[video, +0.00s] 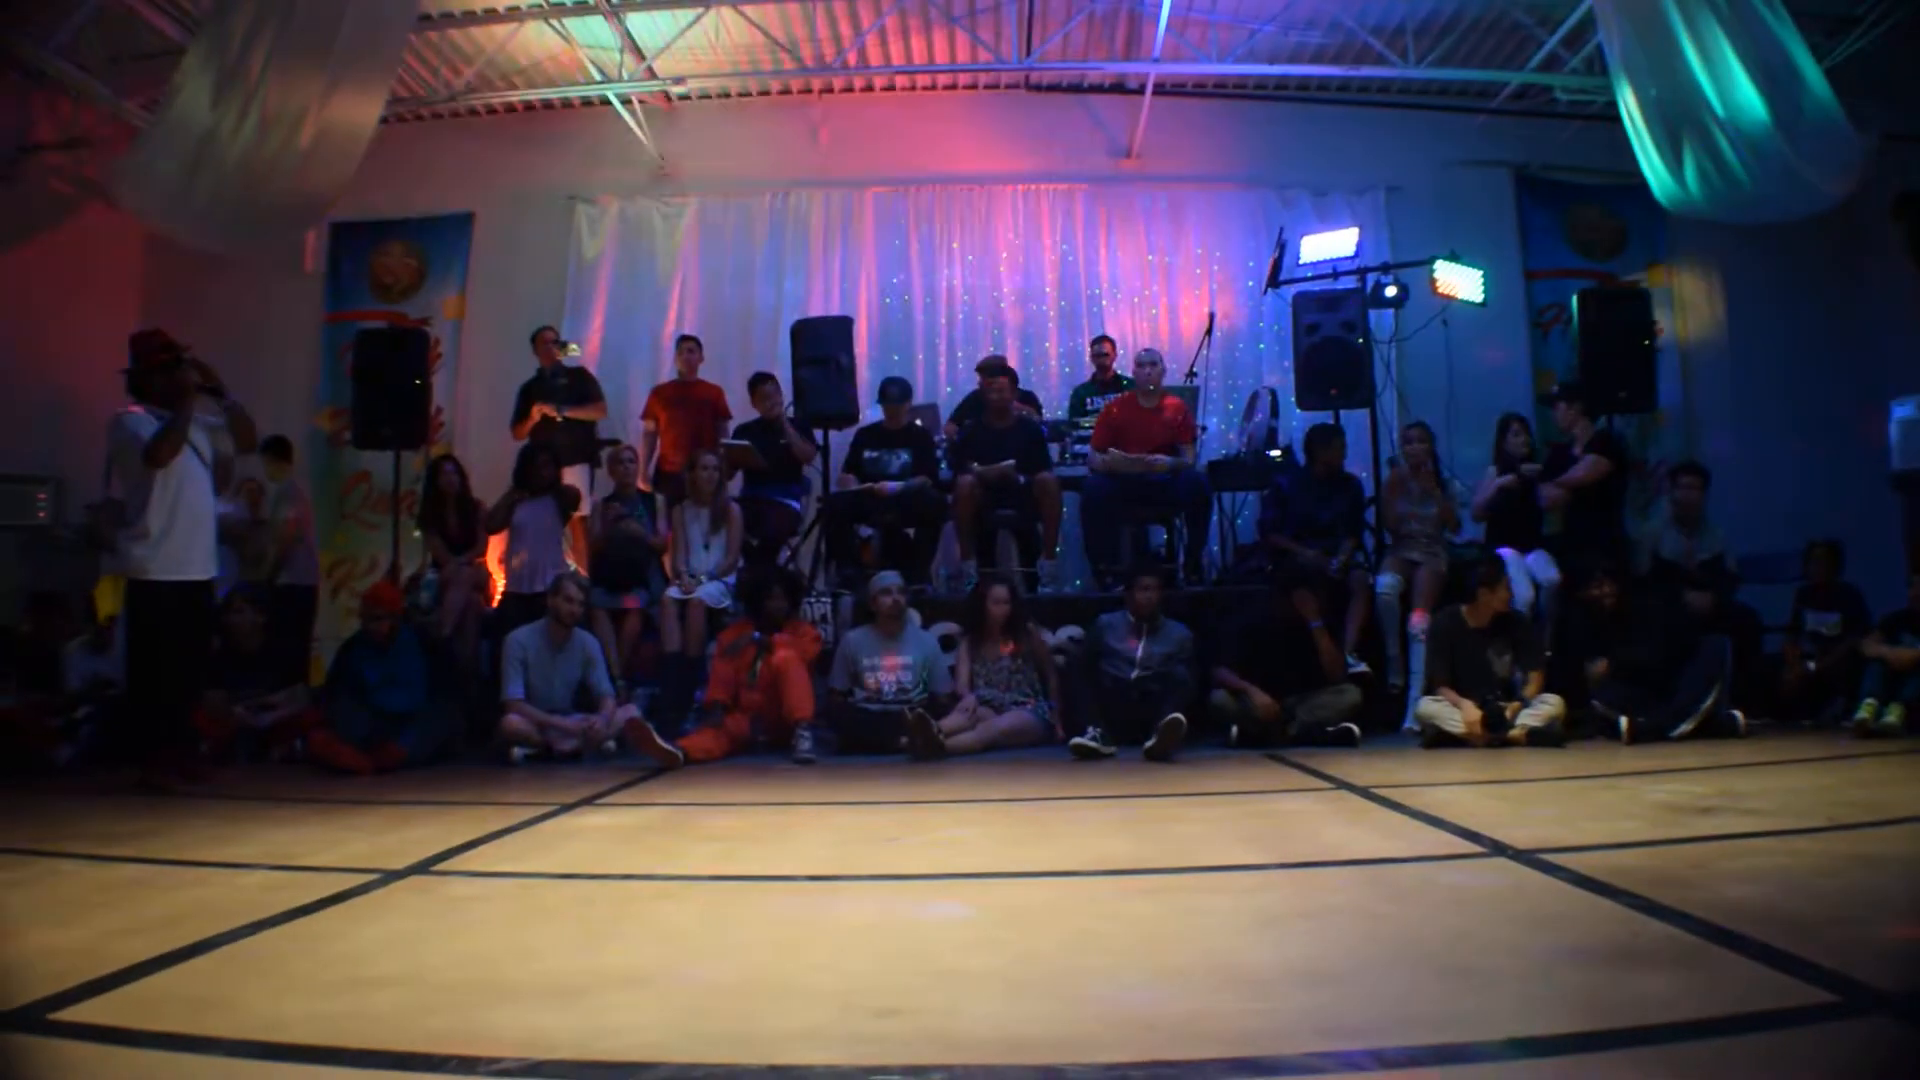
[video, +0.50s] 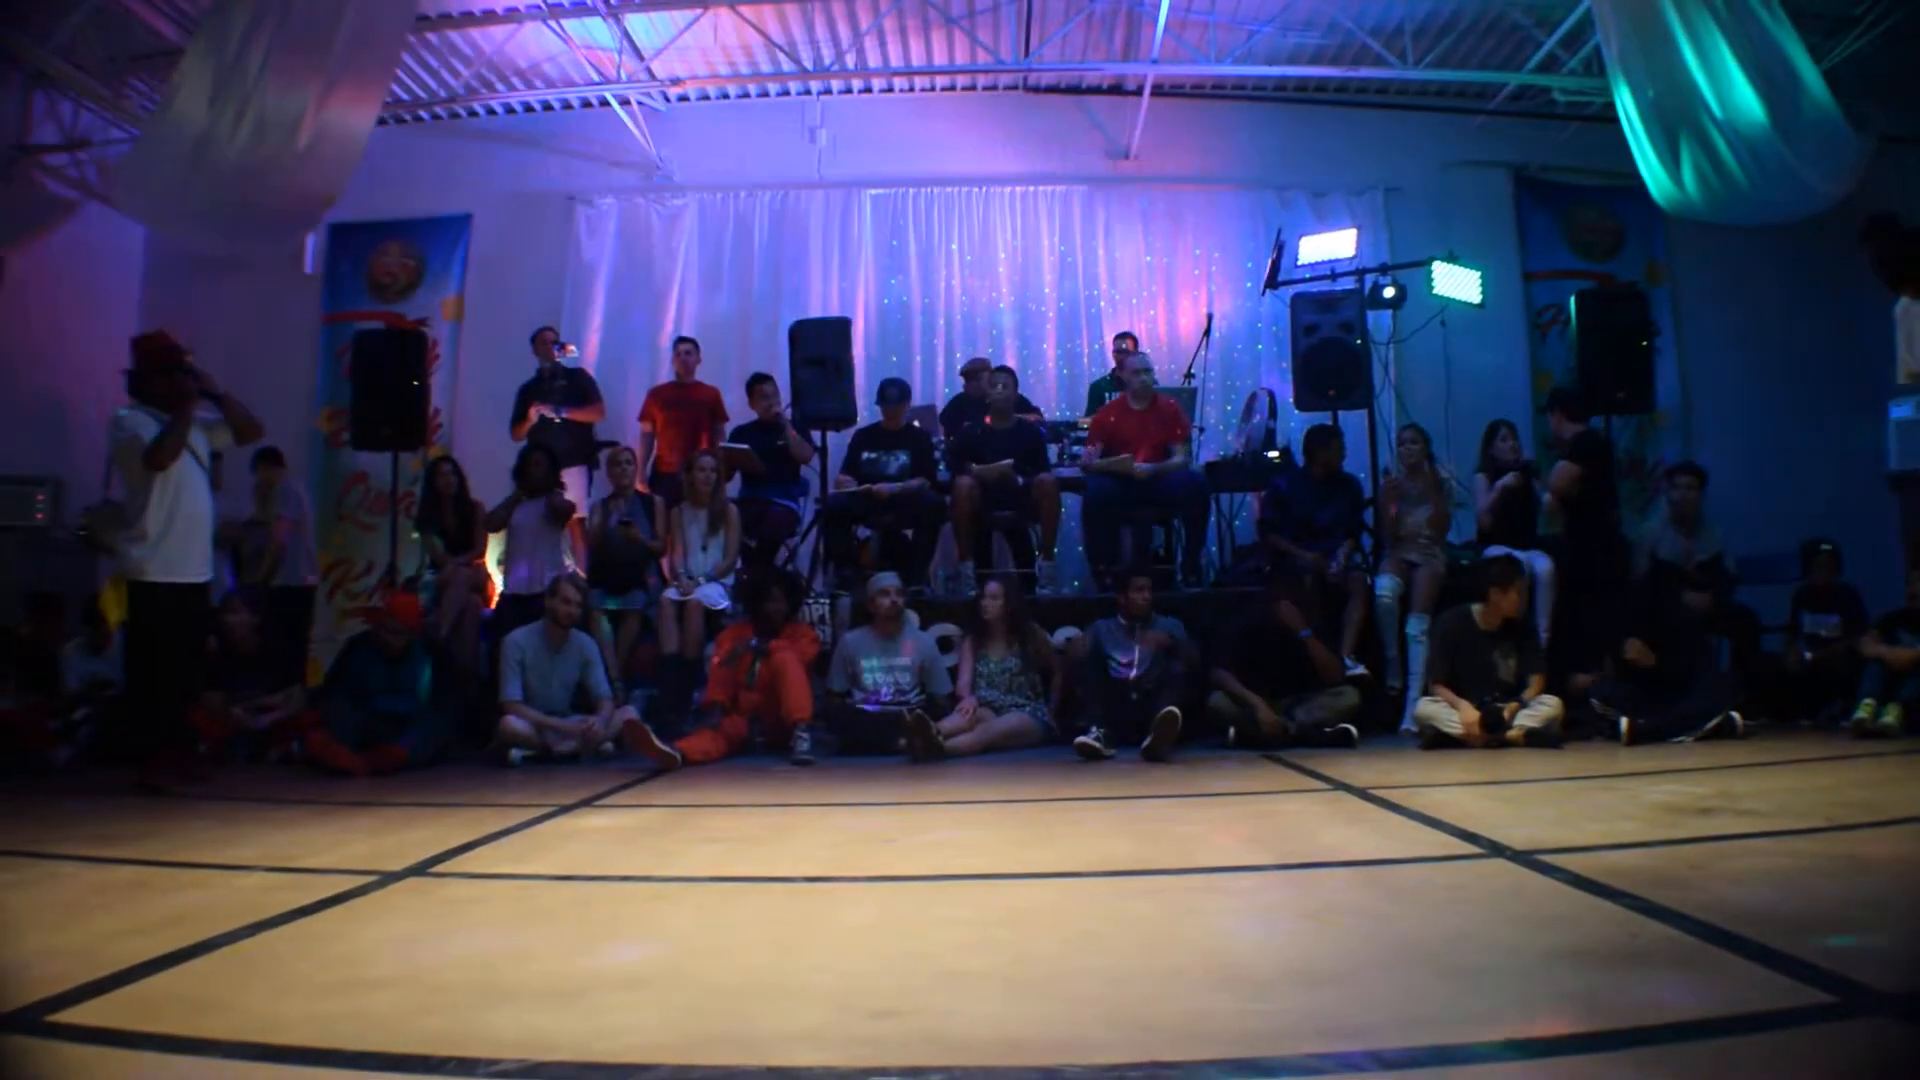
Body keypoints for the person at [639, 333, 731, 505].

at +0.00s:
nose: (686, 357)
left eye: (691, 351)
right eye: (681, 352)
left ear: (701, 357)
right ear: (675, 358)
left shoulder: (714, 393)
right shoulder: (659, 393)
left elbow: (723, 434)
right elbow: (649, 434)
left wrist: (722, 473)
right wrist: (643, 473)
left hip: (705, 475)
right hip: (669, 474)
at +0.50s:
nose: (682, 358)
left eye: (688, 353)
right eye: (678, 354)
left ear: (698, 359)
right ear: (673, 360)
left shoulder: (711, 394)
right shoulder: (657, 394)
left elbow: (719, 436)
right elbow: (646, 436)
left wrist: (718, 476)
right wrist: (640, 477)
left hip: (700, 477)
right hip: (665, 475)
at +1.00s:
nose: (669, 362)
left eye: (675, 357)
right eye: (664, 357)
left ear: (685, 363)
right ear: (659, 363)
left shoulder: (698, 398)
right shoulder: (644, 398)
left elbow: (707, 437)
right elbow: (633, 440)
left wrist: (705, 473)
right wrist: (628, 478)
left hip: (689, 478)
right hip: (654, 478)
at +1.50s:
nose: (681, 360)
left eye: (685, 355)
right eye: (675, 355)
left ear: (690, 361)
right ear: (664, 362)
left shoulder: (703, 397)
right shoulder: (649, 397)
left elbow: (712, 438)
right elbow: (639, 440)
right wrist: (632, 477)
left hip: (694, 478)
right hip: (659, 477)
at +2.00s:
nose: (689, 359)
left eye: (693, 354)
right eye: (683, 354)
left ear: (697, 359)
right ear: (672, 359)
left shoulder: (708, 396)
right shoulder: (655, 394)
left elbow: (717, 432)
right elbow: (642, 429)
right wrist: (648, 454)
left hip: (696, 475)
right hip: (662, 472)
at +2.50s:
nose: (685, 360)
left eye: (690, 355)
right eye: (679, 355)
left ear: (696, 360)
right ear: (671, 360)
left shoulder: (711, 395)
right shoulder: (659, 390)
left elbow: (719, 438)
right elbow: (635, 398)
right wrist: (664, 363)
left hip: (697, 480)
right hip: (662, 476)